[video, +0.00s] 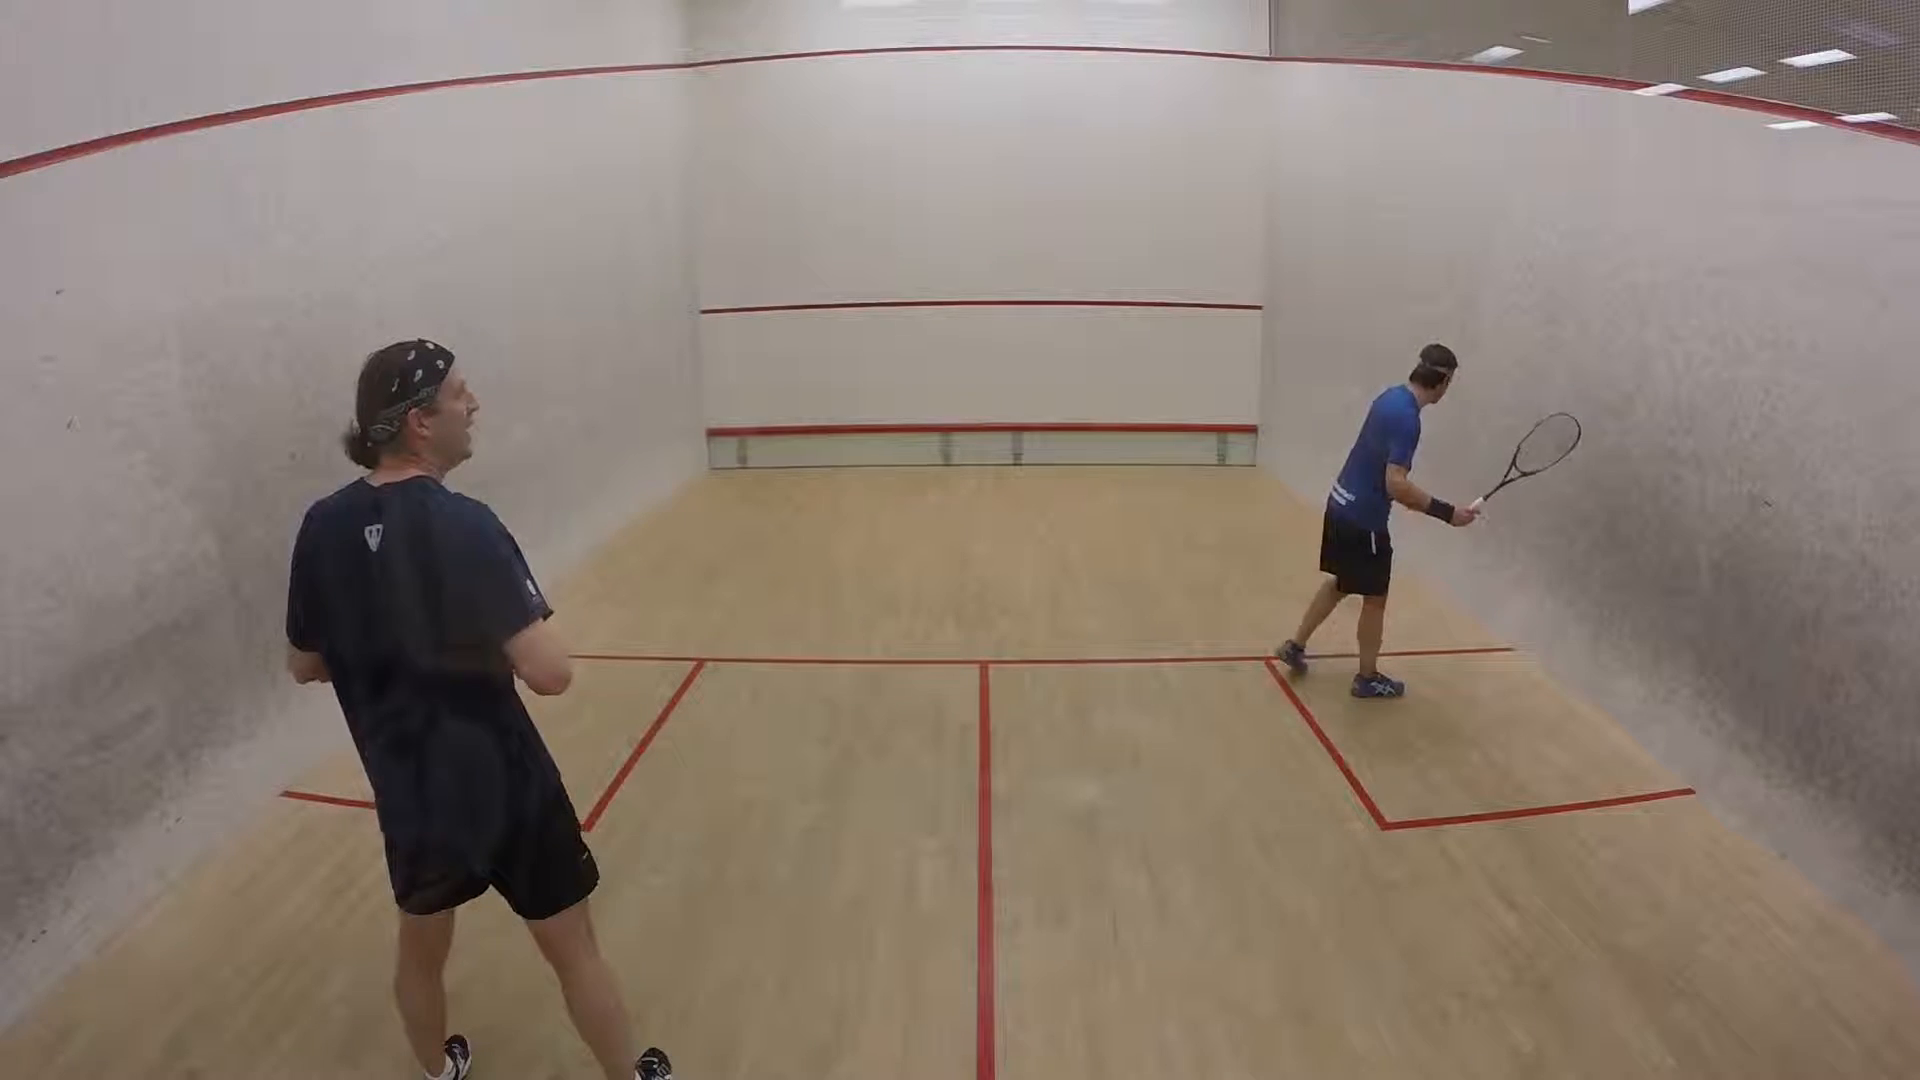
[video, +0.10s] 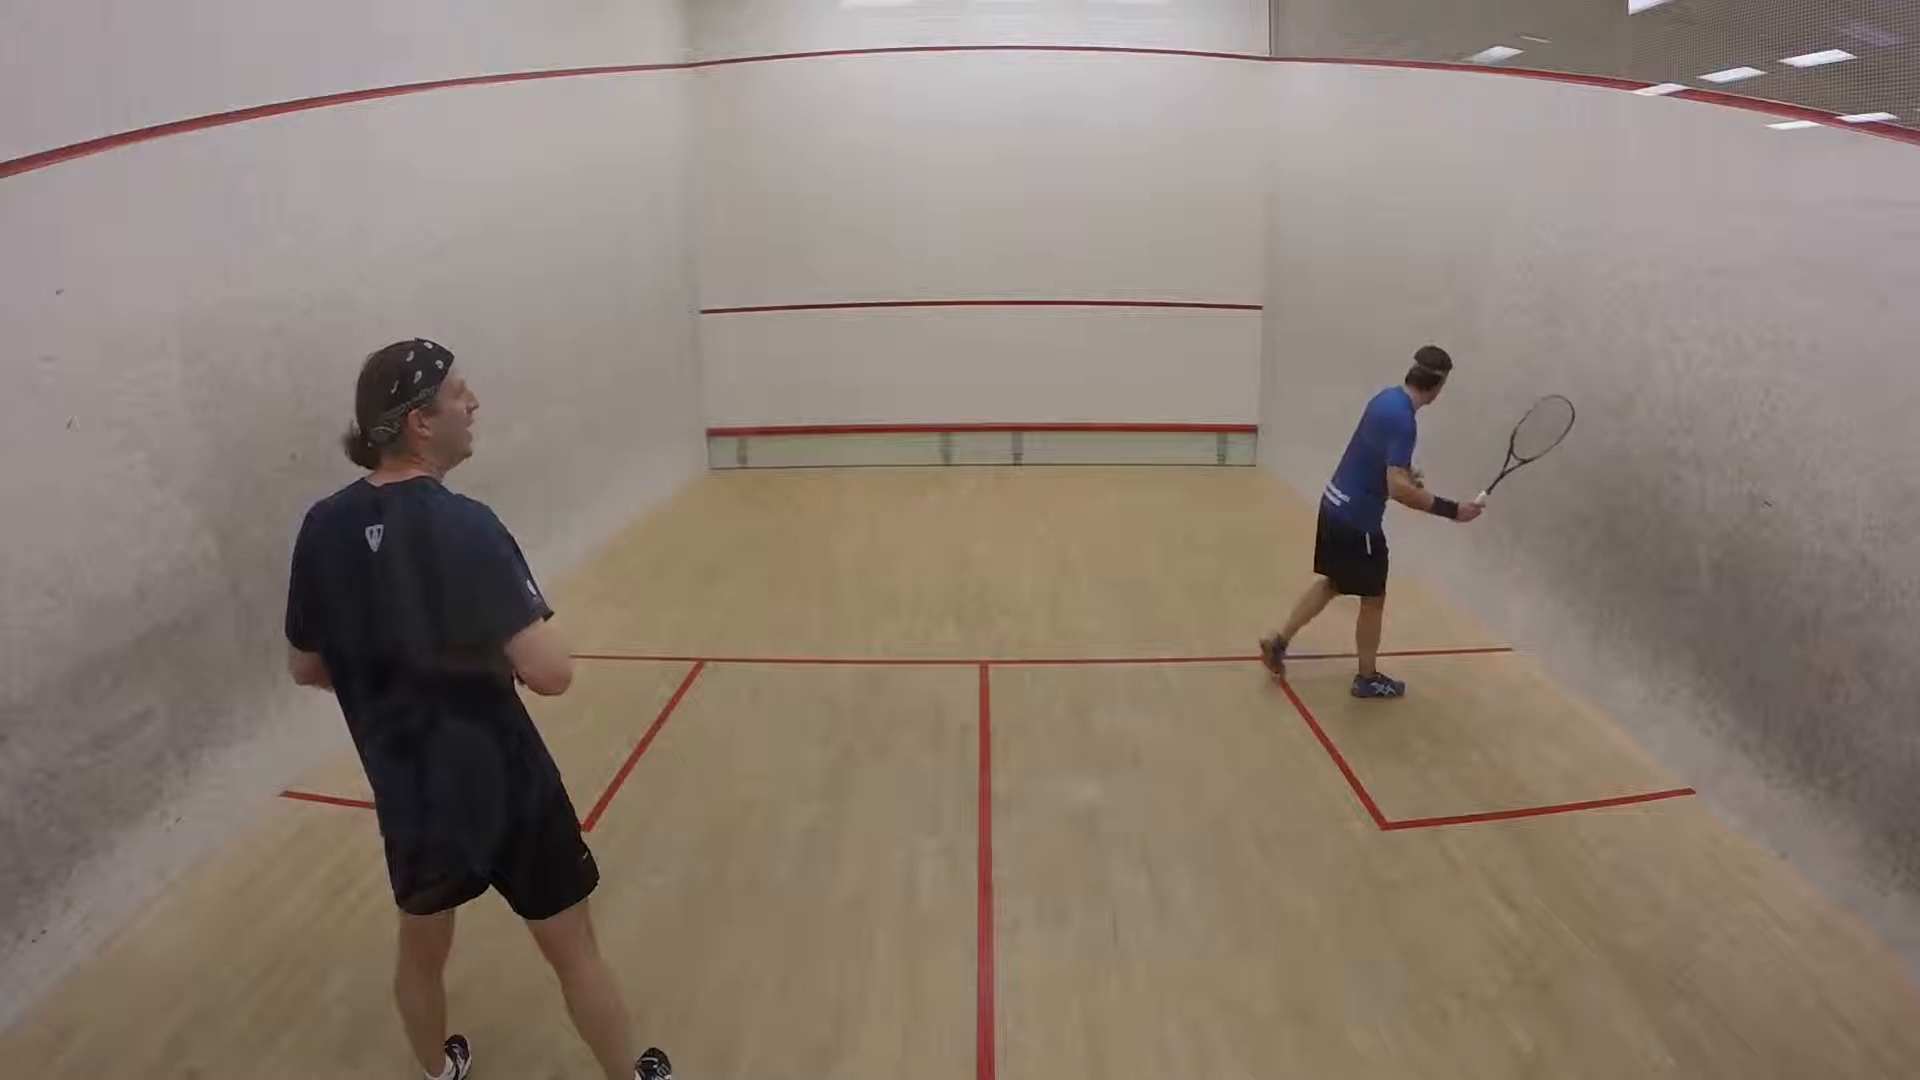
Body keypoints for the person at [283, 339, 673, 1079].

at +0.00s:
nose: (475, 407)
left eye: (467, 392)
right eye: (459, 397)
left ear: (398, 425)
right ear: (414, 423)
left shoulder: (324, 525)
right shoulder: (465, 524)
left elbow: (306, 663)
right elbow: (550, 672)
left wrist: (386, 642)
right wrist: (504, 623)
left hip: (408, 794)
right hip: (505, 782)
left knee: (420, 953)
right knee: (574, 951)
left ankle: (437, 1070)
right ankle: (632, 1070)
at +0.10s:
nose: (475, 406)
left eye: (467, 391)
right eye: (459, 396)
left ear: (397, 426)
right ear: (416, 424)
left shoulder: (324, 525)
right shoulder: (465, 525)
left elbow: (308, 665)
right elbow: (550, 672)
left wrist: (389, 668)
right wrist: (511, 628)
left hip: (408, 793)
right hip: (505, 781)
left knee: (420, 953)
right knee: (574, 951)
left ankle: (437, 1070)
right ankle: (632, 1070)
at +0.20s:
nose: (475, 408)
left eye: (469, 393)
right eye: (460, 397)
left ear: (396, 425)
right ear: (418, 423)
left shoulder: (325, 527)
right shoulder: (468, 526)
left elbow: (308, 668)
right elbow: (550, 674)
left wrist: (383, 675)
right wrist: (519, 621)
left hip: (409, 794)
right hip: (506, 782)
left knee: (421, 955)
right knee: (575, 953)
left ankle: (437, 1069)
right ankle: (632, 1070)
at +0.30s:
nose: (475, 407)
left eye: (469, 393)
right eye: (461, 398)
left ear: (398, 425)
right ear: (419, 423)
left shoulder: (325, 526)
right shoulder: (469, 526)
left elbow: (310, 670)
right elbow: (548, 675)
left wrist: (378, 710)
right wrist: (527, 625)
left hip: (407, 789)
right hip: (505, 779)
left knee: (421, 955)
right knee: (575, 954)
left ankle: (436, 1069)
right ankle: (632, 1070)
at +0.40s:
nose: (475, 407)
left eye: (468, 392)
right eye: (461, 397)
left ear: (392, 424)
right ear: (421, 421)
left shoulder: (325, 527)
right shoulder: (469, 525)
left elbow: (309, 674)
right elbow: (547, 676)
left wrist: (374, 738)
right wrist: (524, 627)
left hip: (406, 786)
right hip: (505, 777)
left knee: (420, 955)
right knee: (575, 954)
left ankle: (437, 1069)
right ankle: (632, 1071)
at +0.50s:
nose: (470, 411)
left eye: (465, 396)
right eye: (461, 399)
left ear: (382, 421)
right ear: (426, 420)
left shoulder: (324, 528)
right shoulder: (469, 525)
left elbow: (307, 675)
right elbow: (547, 676)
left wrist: (357, 756)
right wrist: (519, 627)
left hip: (402, 783)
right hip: (502, 775)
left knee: (420, 952)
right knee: (572, 949)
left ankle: (438, 1069)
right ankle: (631, 1071)